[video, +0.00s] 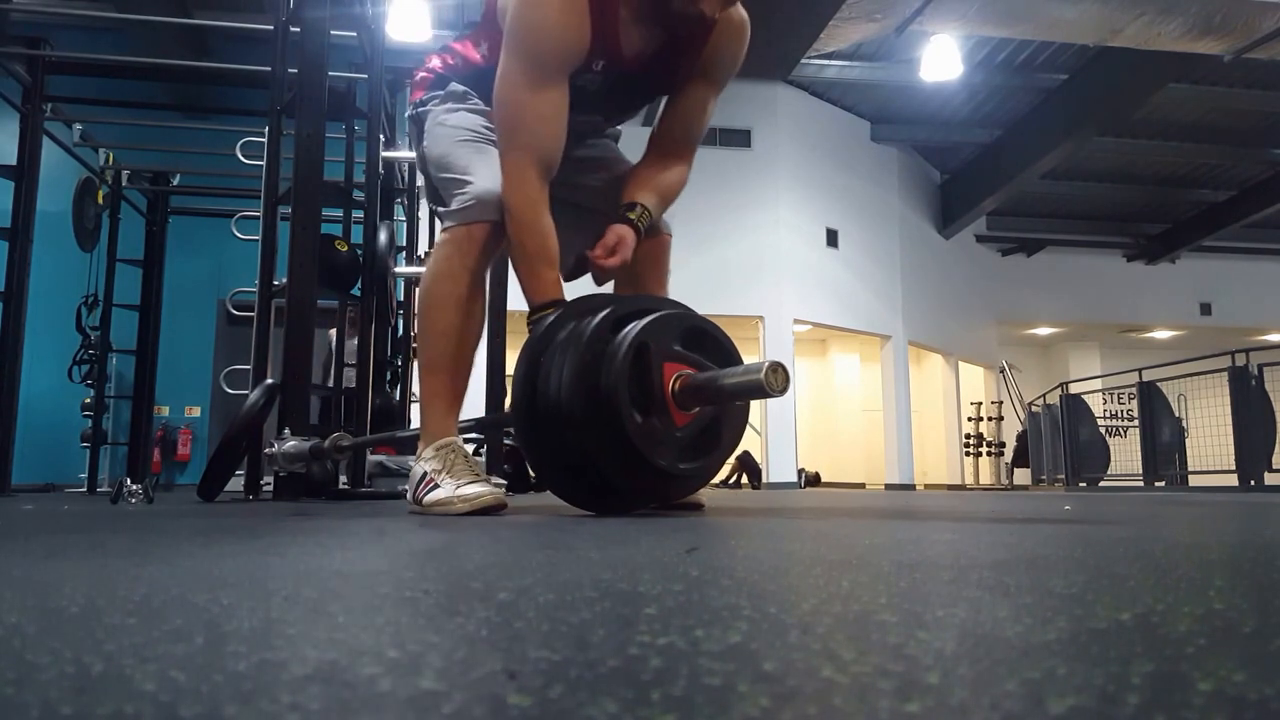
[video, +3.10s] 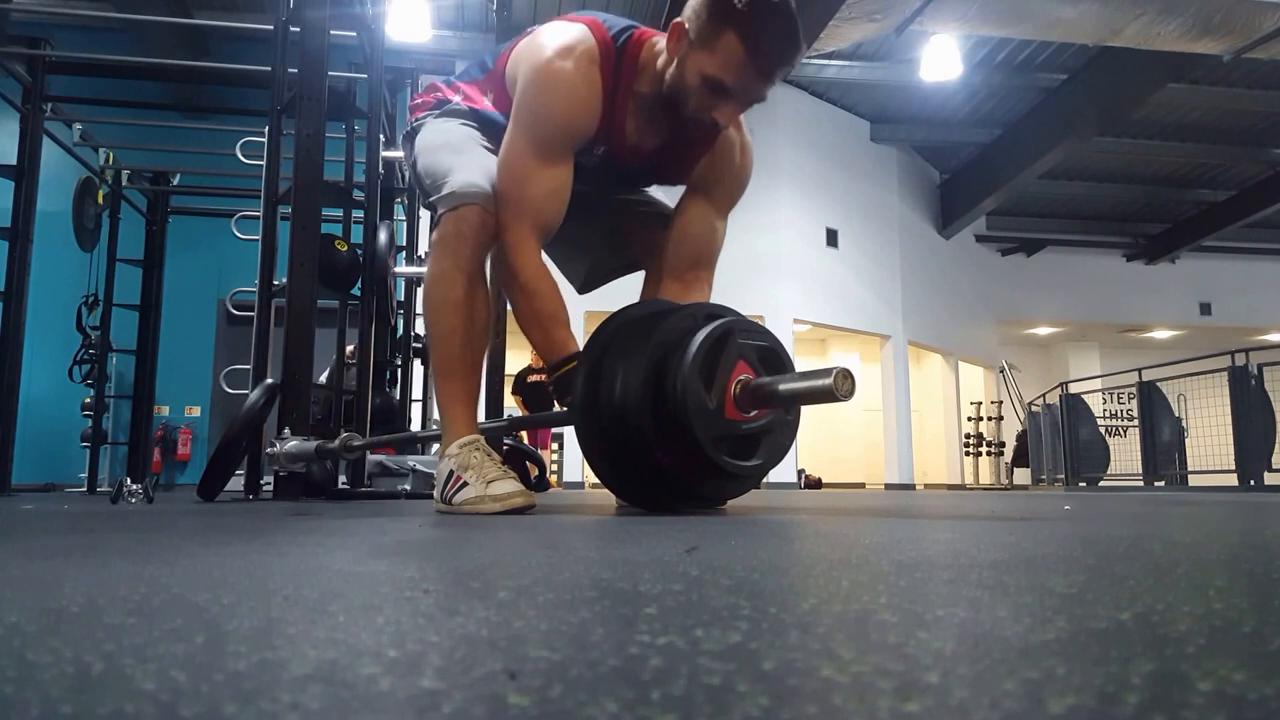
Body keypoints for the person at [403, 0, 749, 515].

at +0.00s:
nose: (717, 2)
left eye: (725, 1)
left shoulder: (727, 24)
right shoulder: (552, 10)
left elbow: (672, 153)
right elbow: (526, 168)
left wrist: (633, 217)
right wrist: (549, 321)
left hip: (579, 121)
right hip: (470, 95)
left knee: (650, 238)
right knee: (483, 211)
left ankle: (646, 455)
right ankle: (438, 454)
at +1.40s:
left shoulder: (723, 5)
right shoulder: (535, 2)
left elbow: (707, 135)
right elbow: (516, 100)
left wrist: (684, 268)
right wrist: (547, 270)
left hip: (576, 107)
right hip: (473, 76)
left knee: (631, 241)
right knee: (496, 225)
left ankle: (630, 463)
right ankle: (456, 449)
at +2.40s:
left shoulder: (734, 42)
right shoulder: (565, 5)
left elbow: (695, 183)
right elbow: (539, 156)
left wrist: (661, 321)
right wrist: (567, 321)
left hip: (584, 126)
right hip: (476, 93)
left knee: (657, 243)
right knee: (491, 203)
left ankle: (652, 458)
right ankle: (462, 449)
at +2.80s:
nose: (728, 86)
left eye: (749, 74)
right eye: (720, 59)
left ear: (766, 64)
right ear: (683, 10)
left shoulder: (729, 122)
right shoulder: (566, 42)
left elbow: (683, 252)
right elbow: (530, 218)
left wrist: (654, 384)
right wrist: (570, 362)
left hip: (581, 152)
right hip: (477, 112)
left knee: (673, 240)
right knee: (480, 206)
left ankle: (656, 446)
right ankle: (461, 452)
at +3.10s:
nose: (725, 118)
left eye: (746, 104)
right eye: (715, 89)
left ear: (765, 91)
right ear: (677, 40)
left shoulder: (727, 152)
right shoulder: (566, 69)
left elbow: (688, 276)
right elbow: (520, 245)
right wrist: (577, 380)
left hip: (574, 160)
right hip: (473, 120)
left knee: (677, 248)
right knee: (472, 213)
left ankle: (656, 453)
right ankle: (461, 452)